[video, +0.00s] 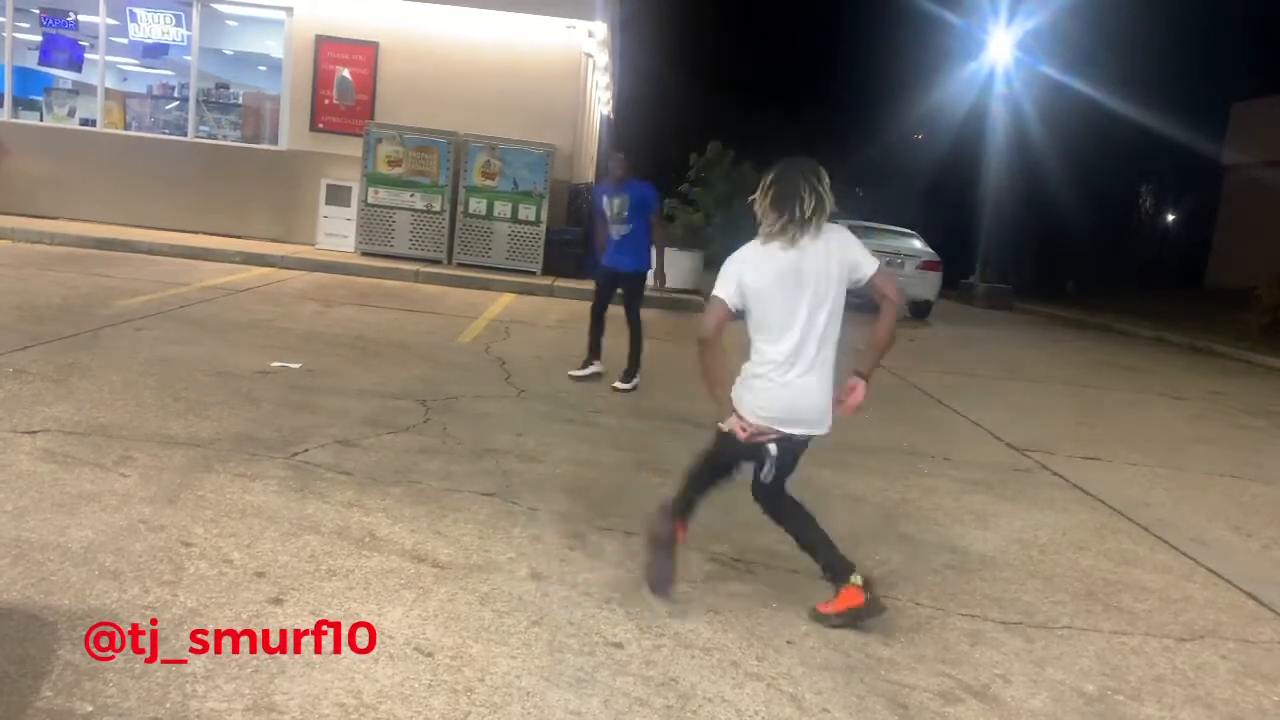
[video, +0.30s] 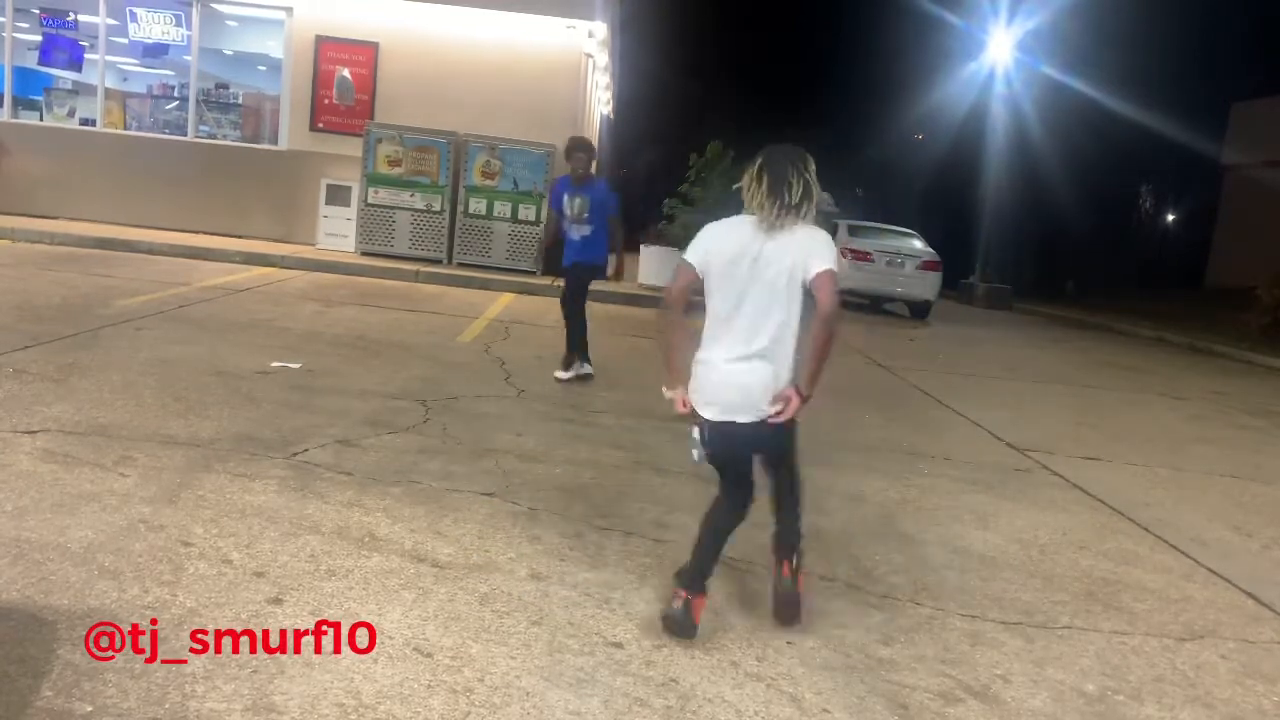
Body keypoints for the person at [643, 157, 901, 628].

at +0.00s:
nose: (756, 205)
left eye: (760, 198)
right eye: (759, 198)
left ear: (767, 203)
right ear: (820, 202)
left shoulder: (746, 259)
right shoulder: (840, 242)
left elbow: (708, 332)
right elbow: (891, 300)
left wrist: (725, 408)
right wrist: (863, 375)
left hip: (757, 401)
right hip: (813, 404)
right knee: (771, 490)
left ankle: (672, 523)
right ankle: (850, 584)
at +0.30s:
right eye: (809, 186)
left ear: (752, 184)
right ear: (806, 188)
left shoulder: (715, 234)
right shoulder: (813, 242)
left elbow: (673, 298)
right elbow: (828, 309)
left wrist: (675, 377)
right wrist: (804, 387)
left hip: (713, 395)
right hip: (773, 398)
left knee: (733, 493)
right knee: (785, 481)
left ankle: (689, 589)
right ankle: (788, 566)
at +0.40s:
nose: (735, 171)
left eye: (739, 164)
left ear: (743, 171)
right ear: (796, 176)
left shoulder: (709, 219)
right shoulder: (803, 225)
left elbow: (650, 270)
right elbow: (821, 286)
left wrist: (657, 349)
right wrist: (798, 363)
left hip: (695, 386)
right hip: (758, 390)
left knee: (681, 476)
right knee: (776, 484)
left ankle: (686, 581)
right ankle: (787, 594)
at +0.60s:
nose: (704, 168)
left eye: (706, 160)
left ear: (711, 165)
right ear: (767, 168)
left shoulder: (684, 212)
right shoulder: (776, 214)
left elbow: (633, 251)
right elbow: (790, 273)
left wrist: (638, 335)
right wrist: (772, 351)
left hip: (664, 383)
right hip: (734, 393)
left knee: (614, 461)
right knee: (768, 476)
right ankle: (809, 585)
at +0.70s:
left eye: (690, 174)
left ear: (690, 179)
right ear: (745, 182)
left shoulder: (663, 229)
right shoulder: (755, 232)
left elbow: (608, 274)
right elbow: (766, 295)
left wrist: (614, 358)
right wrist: (743, 375)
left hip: (638, 397)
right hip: (704, 411)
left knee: (576, 472)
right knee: (726, 503)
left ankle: (487, 551)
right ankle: (789, 614)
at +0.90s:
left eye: (684, 146)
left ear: (688, 150)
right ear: (744, 155)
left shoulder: (658, 193)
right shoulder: (754, 200)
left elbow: (612, 226)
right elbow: (778, 247)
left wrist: (619, 308)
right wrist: (753, 327)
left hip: (642, 368)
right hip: (712, 376)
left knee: (596, 449)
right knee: (751, 465)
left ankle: (563, 569)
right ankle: (763, 589)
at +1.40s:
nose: (674, 180)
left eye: (677, 172)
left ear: (680, 175)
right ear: (735, 179)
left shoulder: (659, 211)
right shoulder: (747, 221)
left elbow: (629, 243)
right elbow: (795, 253)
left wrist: (629, 321)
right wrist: (763, 331)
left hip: (649, 377)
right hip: (722, 385)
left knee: (568, 437)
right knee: (781, 463)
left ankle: (506, 540)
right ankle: (813, 580)